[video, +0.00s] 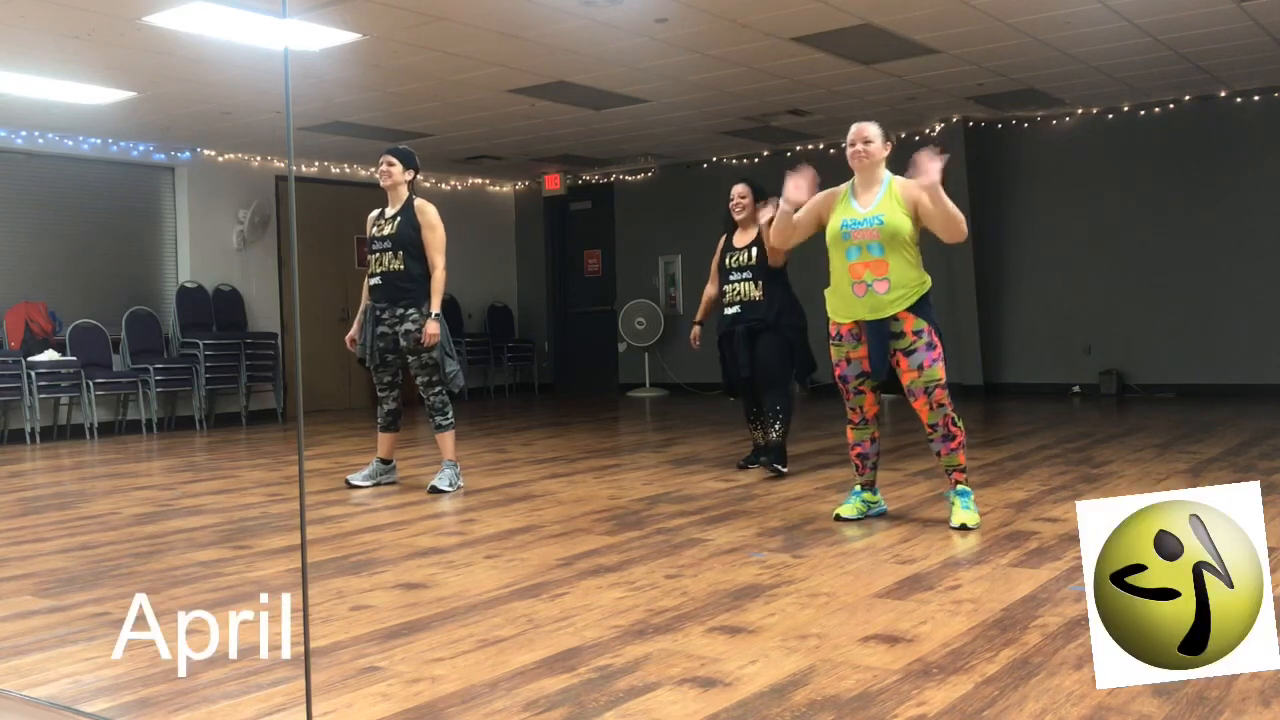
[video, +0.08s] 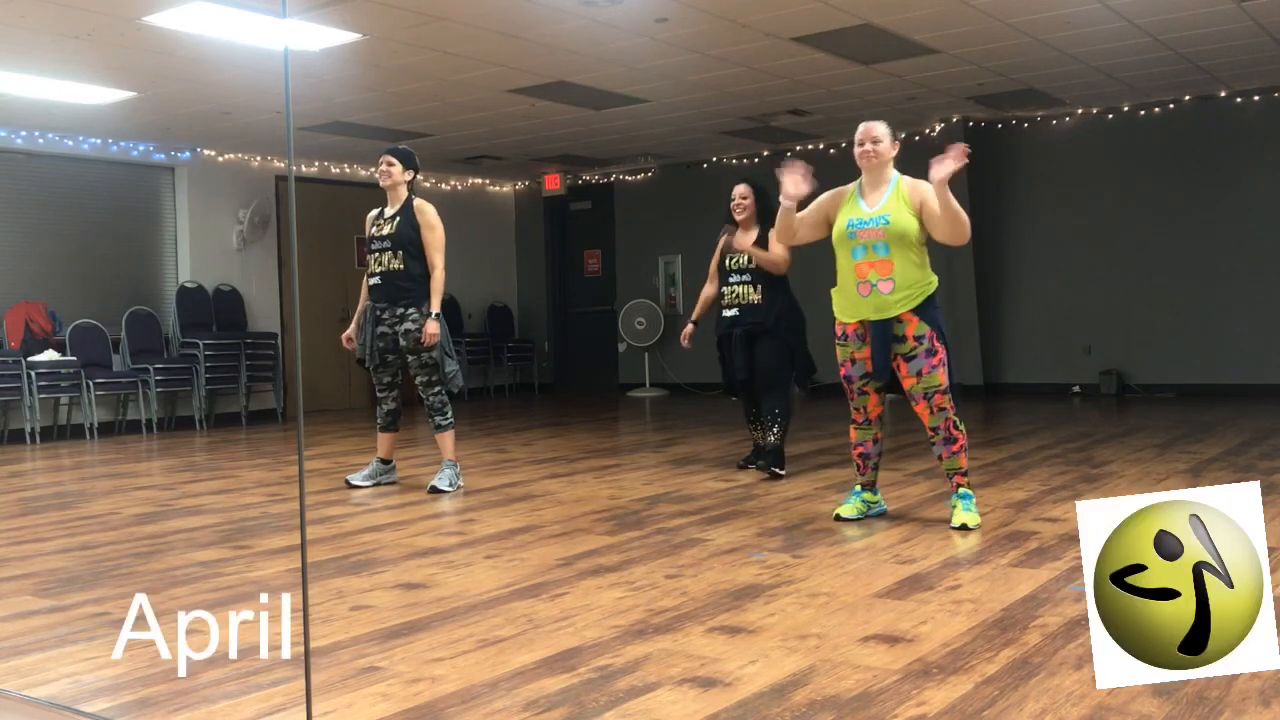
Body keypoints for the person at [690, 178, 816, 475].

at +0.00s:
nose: (736, 202)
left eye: (742, 197)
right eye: (732, 199)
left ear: (757, 201)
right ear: (728, 206)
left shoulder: (769, 232)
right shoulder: (726, 240)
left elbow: (778, 260)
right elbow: (713, 285)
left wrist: (767, 225)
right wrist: (698, 321)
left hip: (772, 322)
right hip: (737, 326)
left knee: (774, 382)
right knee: (748, 385)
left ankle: (776, 450)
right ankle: (759, 447)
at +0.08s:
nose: (737, 203)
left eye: (743, 198)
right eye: (733, 199)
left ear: (757, 202)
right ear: (729, 205)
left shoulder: (773, 232)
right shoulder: (727, 238)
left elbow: (781, 265)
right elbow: (712, 283)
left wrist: (749, 249)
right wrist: (693, 320)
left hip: (771, 324)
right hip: (736, 326)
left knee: (773, 384)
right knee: (746, 387)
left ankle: (774, 452)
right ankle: (759, 448)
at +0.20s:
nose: (738, 202)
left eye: (745, 198)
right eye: (735, 198)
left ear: (759, 203)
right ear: (731, 205)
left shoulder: (773, 235)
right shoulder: (726, 240)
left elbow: (784, 270)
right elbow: (713, 282)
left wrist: (746, 280)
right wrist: (697, 313)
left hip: (770, 327)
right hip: (736, 328)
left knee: (770, 387)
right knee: (746, 387)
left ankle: (773, 454)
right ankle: (759, 447)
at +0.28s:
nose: (739, 200)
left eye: (746, 196)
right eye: (736, 196)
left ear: (761, 201)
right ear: (732, 203)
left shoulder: (775, 236)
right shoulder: (725, 239)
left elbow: (786, 276)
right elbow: (711, 277)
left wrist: (757, 306)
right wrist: (714, 292)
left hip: (773, 325)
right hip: (737, 327)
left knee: (769, 386)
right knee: (747, 386)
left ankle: (774, 456)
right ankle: (760, 448)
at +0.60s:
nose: (745, 193)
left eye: (752, 189)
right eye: (742, 188)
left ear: (766, 196)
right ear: (737, 196)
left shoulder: (782, 231)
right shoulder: (728, 231)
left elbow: (805, 270)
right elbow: (710, 271)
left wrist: (788, 311)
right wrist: (729, 288)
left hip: (773, 326)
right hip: (737, 327)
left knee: (771, 388)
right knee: (741, 386)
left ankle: (774, 455)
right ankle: (756, 442)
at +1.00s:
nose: (746, 193)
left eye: (753, 189)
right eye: (742, 188)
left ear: (768, 197)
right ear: (738, 195)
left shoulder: (783, 233)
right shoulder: (727, 227)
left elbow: (800, 276)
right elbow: (711, 267)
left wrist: (785, 317)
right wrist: (715, 294)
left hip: (771, 332)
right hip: (732, 331)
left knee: (772, 395)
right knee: (727, 393)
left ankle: (773, 460)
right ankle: (721, 456)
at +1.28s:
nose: (739, 192)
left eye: (746, 188)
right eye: (736, 188)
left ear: (761, 195)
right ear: (731, 195)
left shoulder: (776, 230)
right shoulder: (721, 228)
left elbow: (794, 275)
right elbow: (705, 268)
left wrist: (781, 319)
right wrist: (707, 292)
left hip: (765, 331)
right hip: (725, 330)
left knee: (769, 394)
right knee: (725, 393)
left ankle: (772, 460)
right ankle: (721, 457)